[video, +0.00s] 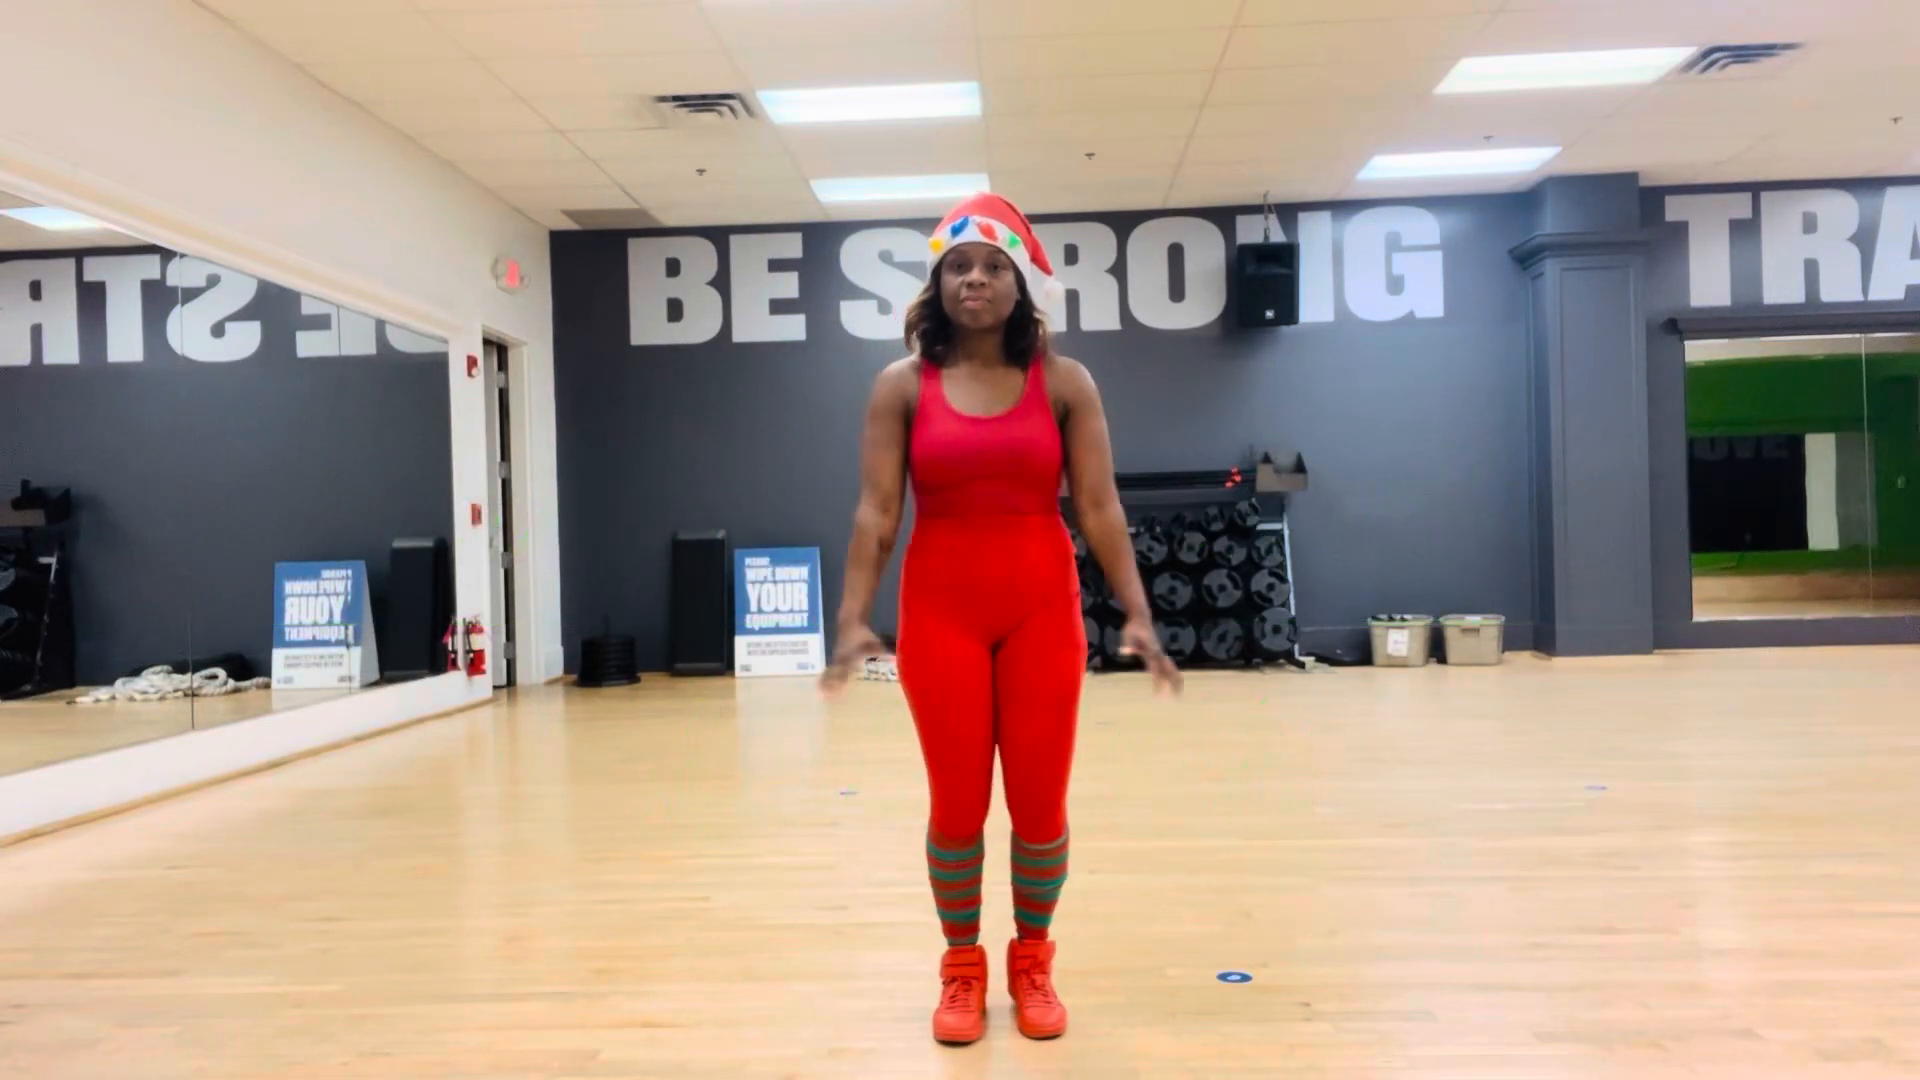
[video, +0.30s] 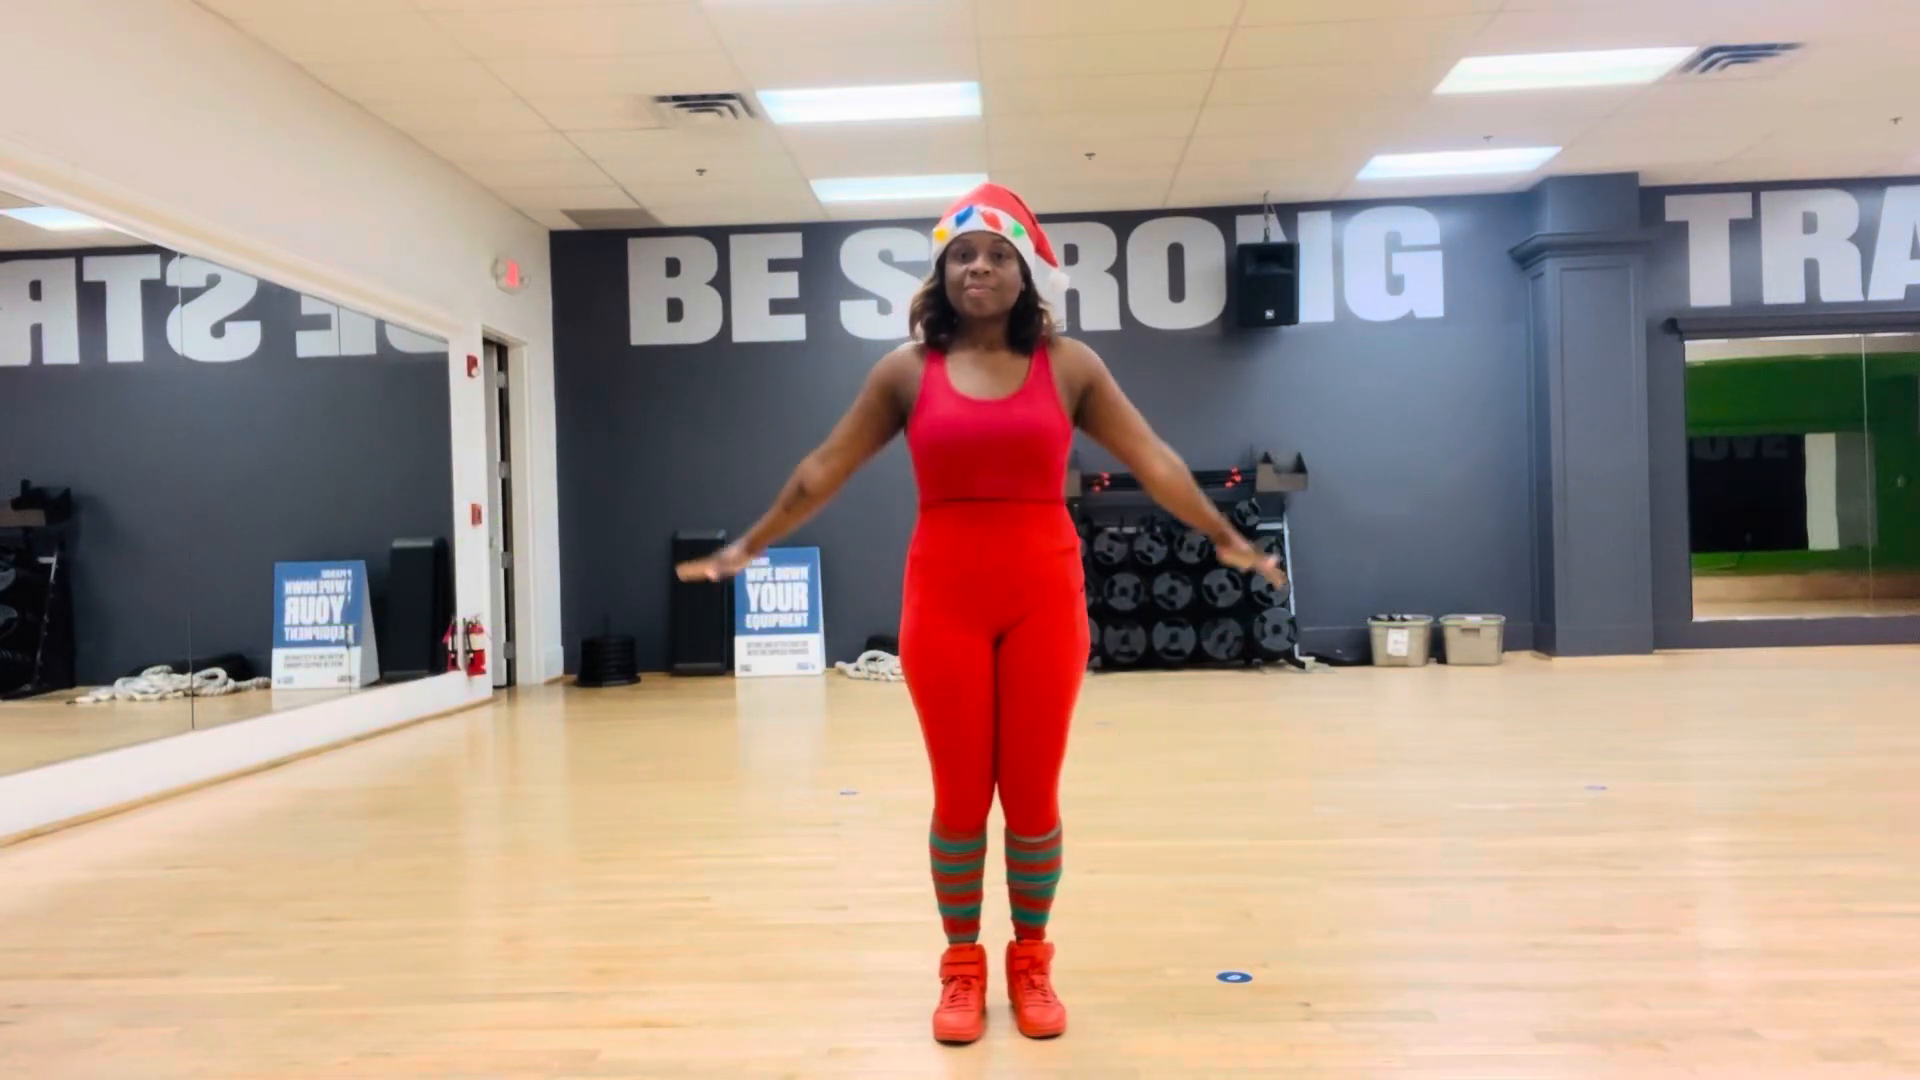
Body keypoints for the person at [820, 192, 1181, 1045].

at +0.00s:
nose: (974, 280)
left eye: (992, 266)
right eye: (959, 266)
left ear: (1020, 283)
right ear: (938, 283)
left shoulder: (1065, 381)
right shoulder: (903, 385)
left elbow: (1100, 504)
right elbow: (877, 508)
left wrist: (1137, 611)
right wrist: (850, 616)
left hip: (1044, 607)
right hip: (939, 609)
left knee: (1039, 799)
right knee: (958, 798)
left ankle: (1033, 965)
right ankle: (962, 971)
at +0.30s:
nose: (980, 272)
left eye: (998, 257)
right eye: (963, 257)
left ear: (1024, 274)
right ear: (945, 274)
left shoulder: (1067, 364)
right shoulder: (908, 371)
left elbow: (1154, 460)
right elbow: (823, 469)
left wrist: (1225, 535)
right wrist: (745, 545)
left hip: (1046, 592)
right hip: (944, 594)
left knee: (1031, 788)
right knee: (961, 789)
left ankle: (1032, 968)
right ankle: (963, 972)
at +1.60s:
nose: (975, 287)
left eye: (991, 276)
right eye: (960, 277)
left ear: (1017, 289)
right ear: (939, 292)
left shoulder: (1049, 359)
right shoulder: (918, 361)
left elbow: (1041, 260)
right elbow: (911, 256)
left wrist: (971, 178)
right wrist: (999, 175)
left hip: (1040, 586)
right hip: (940, 588)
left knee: (1023, 782)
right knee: (959, 782)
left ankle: (1030, 961)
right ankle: (962, 964)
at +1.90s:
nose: (971, 284)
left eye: (989, 269)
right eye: (956, 270)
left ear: (1019, 281)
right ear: (935, 283)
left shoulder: (1048, 351)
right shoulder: (911, 353)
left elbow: (1086, 233)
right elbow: (851, 240)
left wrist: (1131, 123)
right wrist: (842, 122)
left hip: (1037, 592)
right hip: (940, 594)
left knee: (1023, 786)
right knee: (958, 786)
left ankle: (1030, 958)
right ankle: (962, 963)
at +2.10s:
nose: (970, 283)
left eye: (987, 269)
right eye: (954, 269)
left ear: (1015, 279)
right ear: (933, 279)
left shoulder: (1051, 345)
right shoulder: (903, 349)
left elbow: (1130, 254)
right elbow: (813, 257)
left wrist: (1223, 171)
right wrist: (738, 163)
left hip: (1037, 587)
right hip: (938, 591)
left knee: (1022, 783)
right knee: (958, 784)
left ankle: (1031, 961)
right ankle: (962, 966)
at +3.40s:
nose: (965, 280)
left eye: (983, 266)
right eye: (949, 265)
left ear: (1007, 279)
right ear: (927, 280)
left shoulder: (1044, 368)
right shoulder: (892, 374)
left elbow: (1064, 480)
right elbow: (880, 495)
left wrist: (944, 472)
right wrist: (978, 524)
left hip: (1034, 590)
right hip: (936, 592)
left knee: (1021, 782)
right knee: (956, 784)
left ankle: (1031, 966)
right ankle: (963, 969)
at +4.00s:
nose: (966, 273)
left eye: (981, 262)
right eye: (949, 262)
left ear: (1003, 284)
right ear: (924, 284)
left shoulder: (1040, 388)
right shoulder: (878, 371)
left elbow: (1092, 490)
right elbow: (821, 471)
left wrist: (1060, 532)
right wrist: (880, 483)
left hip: (1031, 600)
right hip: (930, 609)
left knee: (1035, 790)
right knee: (952, 797)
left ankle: (1047, 959)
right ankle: (960, 968)